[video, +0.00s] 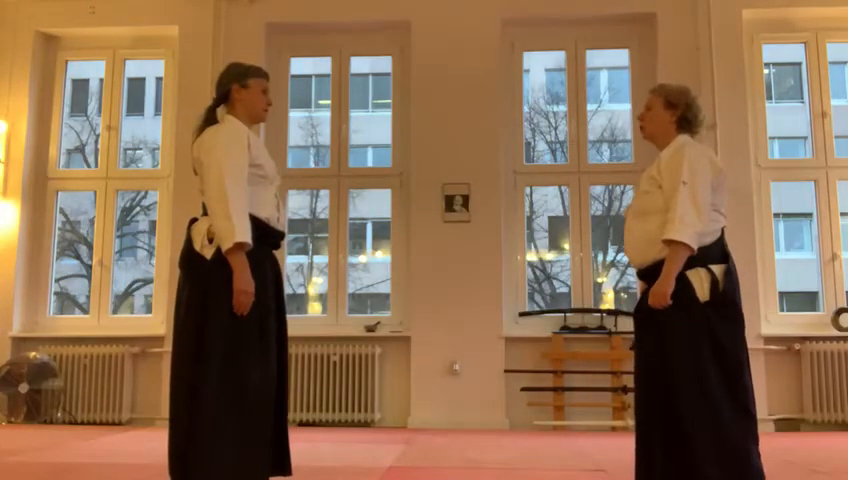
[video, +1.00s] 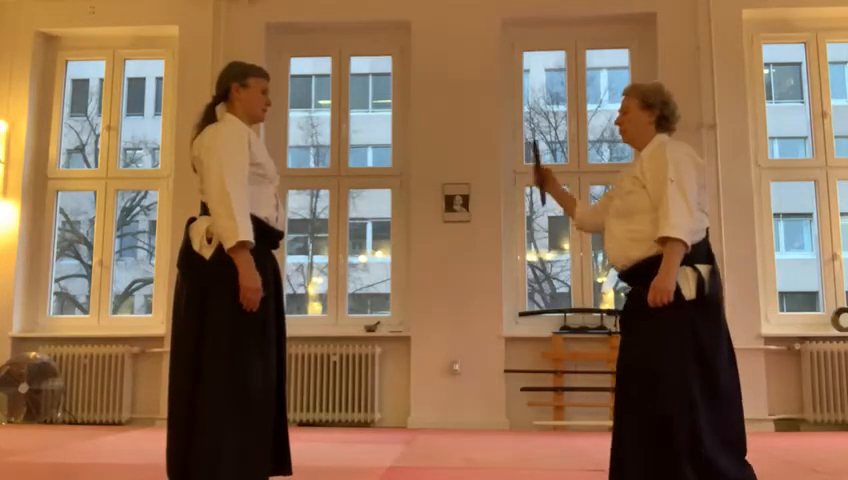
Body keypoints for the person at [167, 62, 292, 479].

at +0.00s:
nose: (269, 100)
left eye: (269, 93)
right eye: (263, 92)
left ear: (244, 96)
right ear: (236, 94)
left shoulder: (243, 136)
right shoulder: (225, 134)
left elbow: (241, 202)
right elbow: (222, 199)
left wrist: (262, 258)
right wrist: (239, 265)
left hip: (247, 257)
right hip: (229, 260)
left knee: (245, 367)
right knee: (231, 367)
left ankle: (241, 463)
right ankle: (227, 465)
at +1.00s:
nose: (268, 101)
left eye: (269, 94)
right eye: (262, 93)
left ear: (242, 96)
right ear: (235, 93)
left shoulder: (238, 134)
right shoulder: (226, 132)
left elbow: (234, 198)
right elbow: (224, 197)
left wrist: (258, 257)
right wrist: (245, 262)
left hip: (237, 257)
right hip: (229, 260)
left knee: (239, 368)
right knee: (232, 368)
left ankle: (236, 464)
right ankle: (230, 466)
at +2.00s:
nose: (279, 105)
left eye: (280, 97)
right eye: (273, 95)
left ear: (248, 93)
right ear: (247, 90)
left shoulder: (237, 133)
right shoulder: (237, 133)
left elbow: (261, 199)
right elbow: (258, 199)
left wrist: (317, 202)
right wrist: (319, 202)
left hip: (212, 252)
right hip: (223, 256)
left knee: (216, 363)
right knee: (231, 362)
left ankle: (212, 466)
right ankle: (230, 467)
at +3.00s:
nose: (208, 115)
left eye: (210, 109)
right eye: (203, 106)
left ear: (190, 109)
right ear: (176, 102)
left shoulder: (188, 153)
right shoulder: (153, 142)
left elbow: (188, 221)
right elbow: (140, 204)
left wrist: (203, 281)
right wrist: (194, 234)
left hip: (180, 266)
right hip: (150, 265)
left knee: (177, 368)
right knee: (147, 368)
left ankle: (170, 465)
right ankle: (139, 465)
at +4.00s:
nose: (126, 113)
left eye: (128, 107)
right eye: (119, 104)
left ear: (116, 112)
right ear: (91, 105)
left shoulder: (118, 165)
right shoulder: (63, 150)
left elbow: (121, 222)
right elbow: (63, 212)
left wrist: (131, 256)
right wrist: (104, 264)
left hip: (110, 273)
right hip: (62, 271)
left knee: (127, 376)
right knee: (58, 377)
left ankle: (117, 468)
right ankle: (55, 469)